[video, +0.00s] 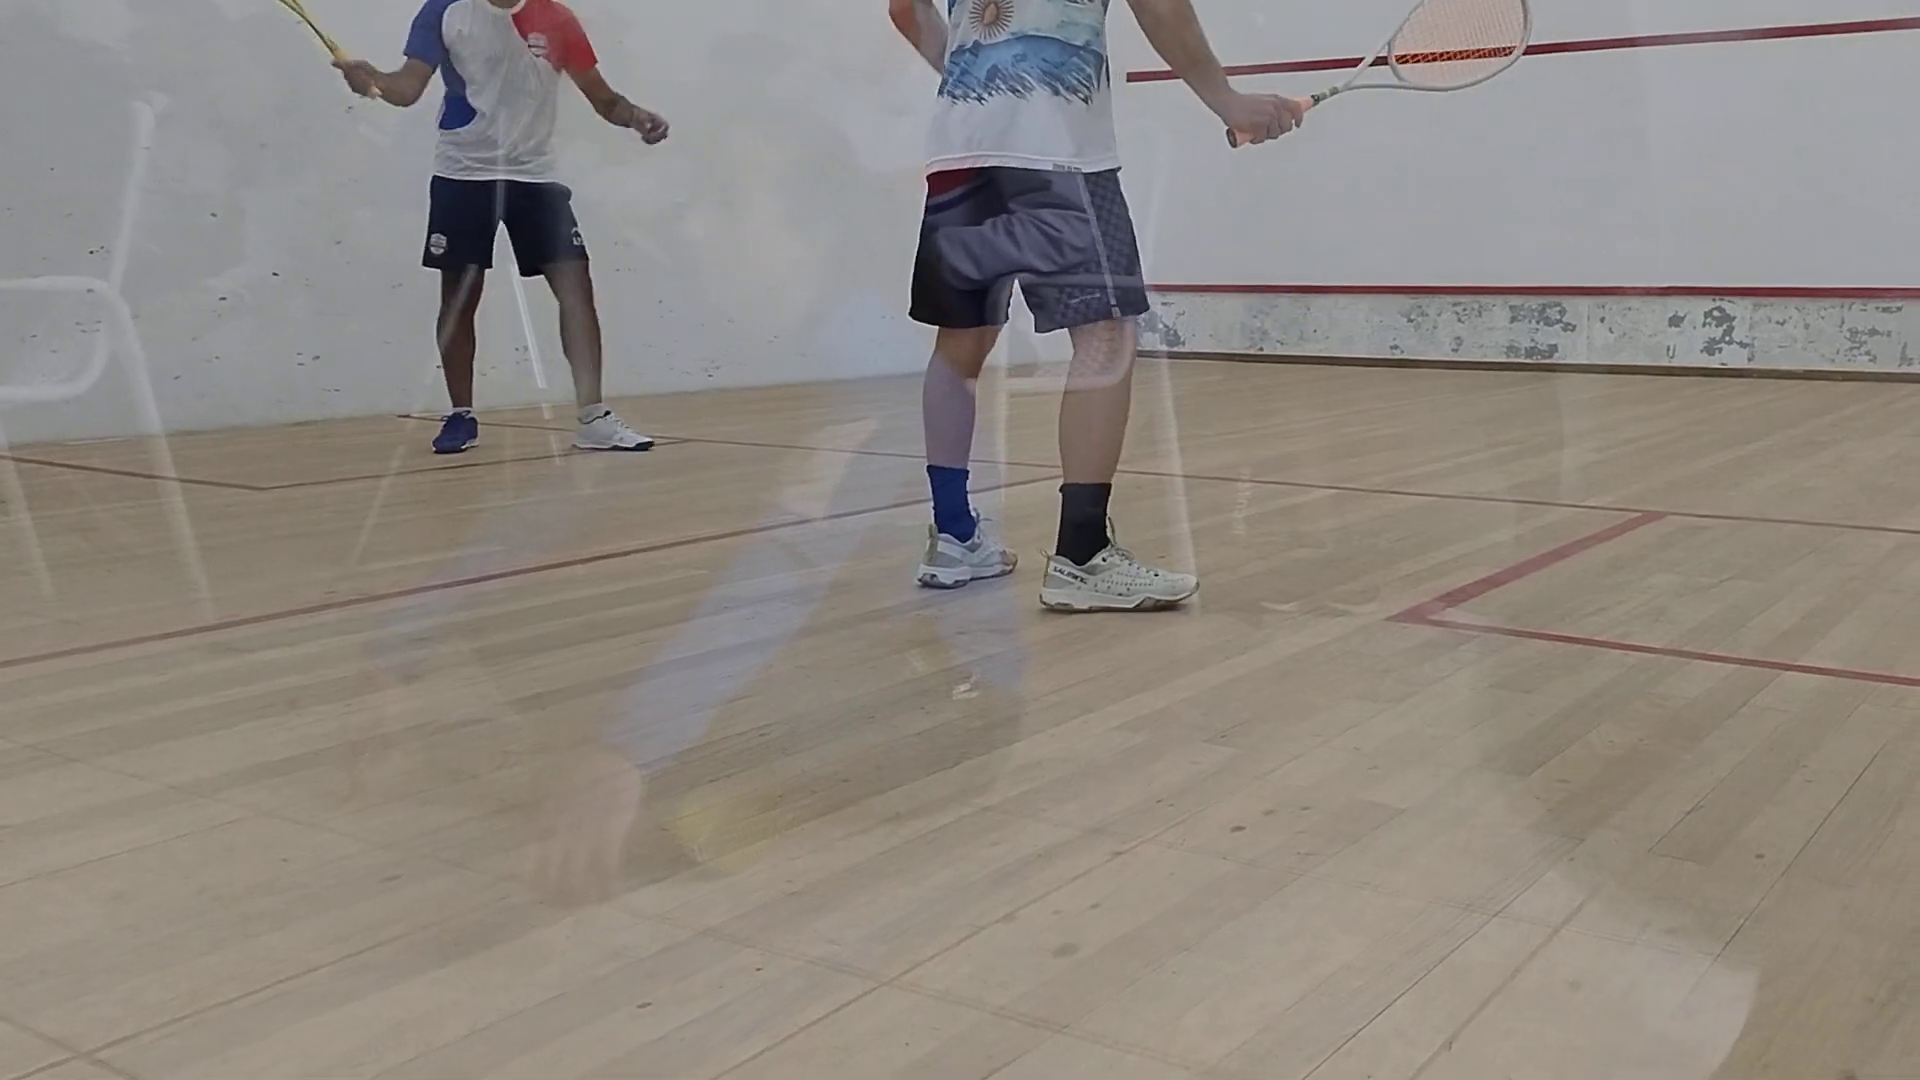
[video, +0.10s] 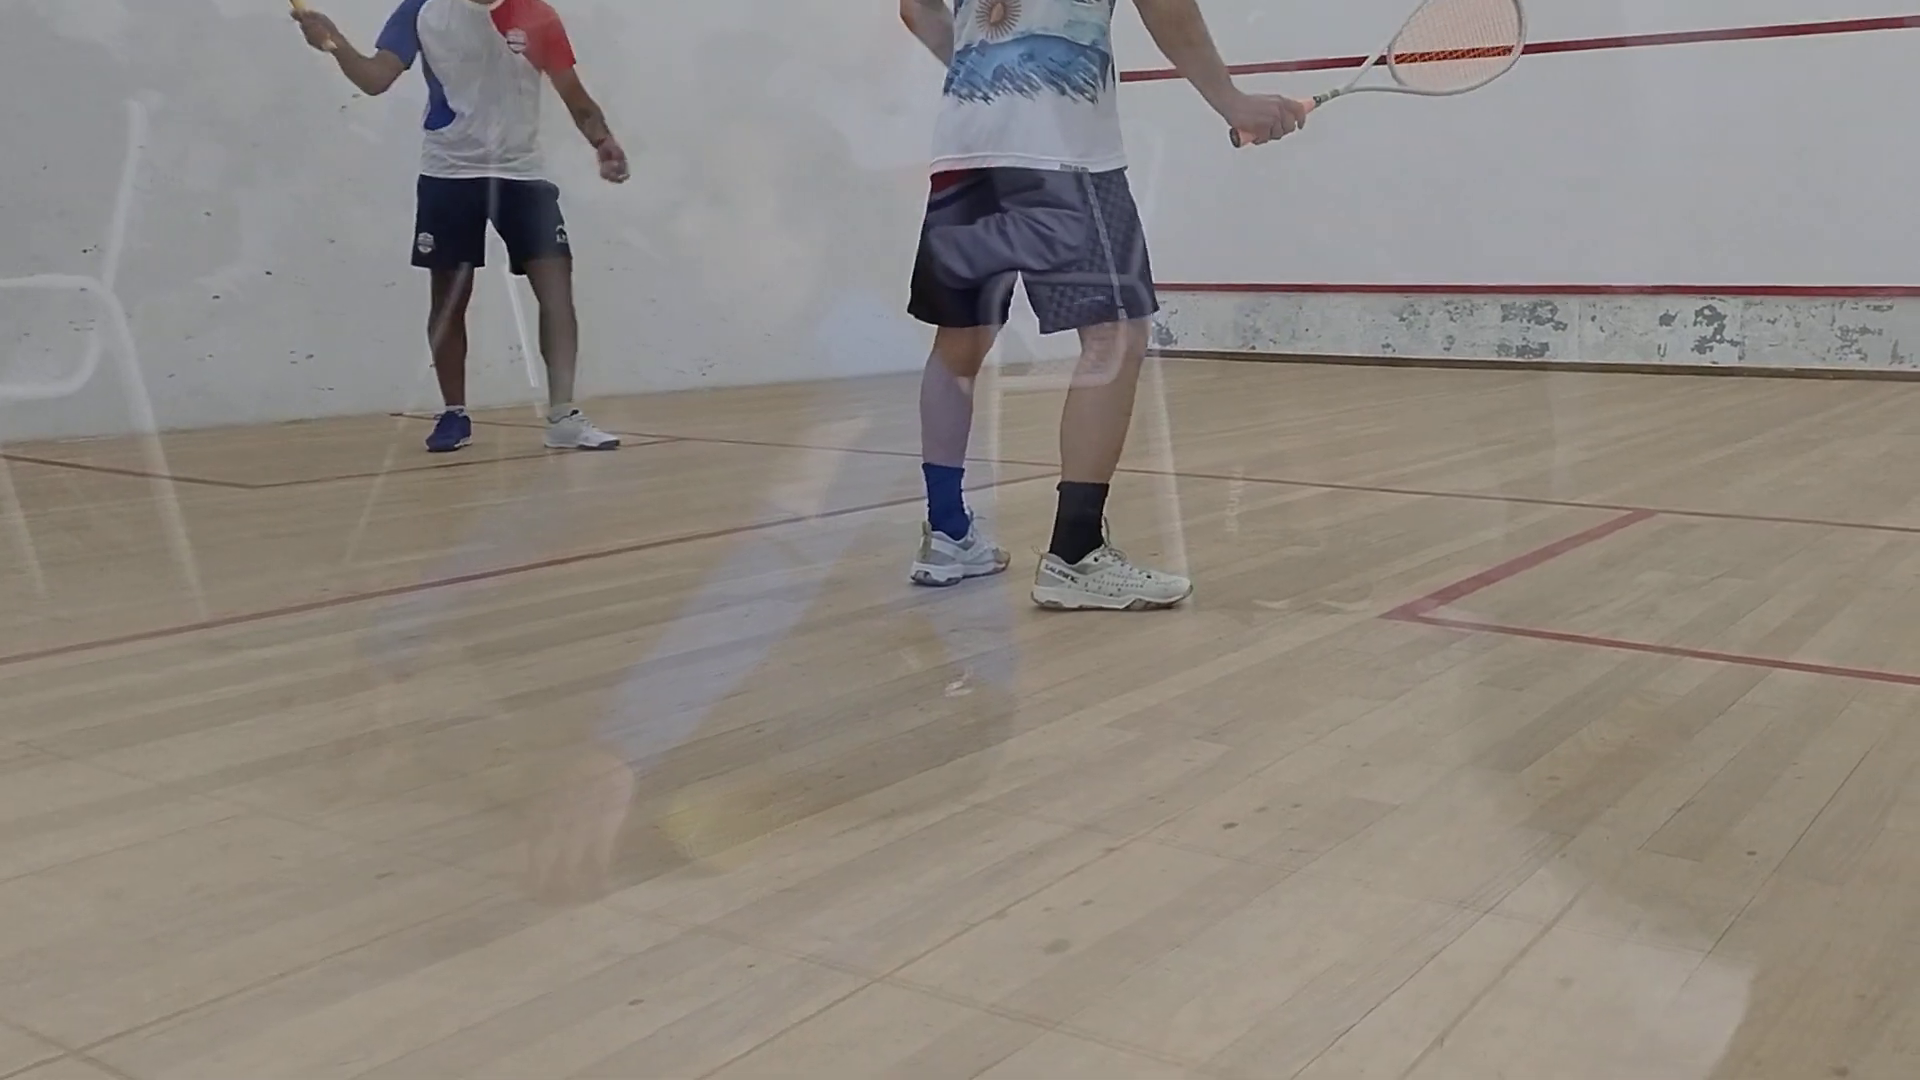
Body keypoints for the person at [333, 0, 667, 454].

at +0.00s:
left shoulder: (554, 17)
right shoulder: (443, 12)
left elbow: (603, 98)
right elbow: (407, 89)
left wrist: (636, 117)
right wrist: (372, 78)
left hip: (535, 173)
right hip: (463, 172)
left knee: (574, 279)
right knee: (461, 290)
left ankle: (592, 417)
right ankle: (460, 414)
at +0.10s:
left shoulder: (533, 13)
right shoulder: (423, 9)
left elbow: (576, 97)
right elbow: (376, 77)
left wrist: (602, 139)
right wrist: (336, 43)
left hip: (523, 170)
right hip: (450, 169)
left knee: (556, 286)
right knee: (450, 294)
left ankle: (563, 416)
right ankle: (453, 413)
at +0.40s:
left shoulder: (506, 3)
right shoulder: (389, 6)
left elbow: (555, 73)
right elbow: (317, 51)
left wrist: (586, 103)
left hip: (500, 156)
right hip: (426, 160)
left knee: (536, 273)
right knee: (426, 284)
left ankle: (548, 406)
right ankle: (433, 408)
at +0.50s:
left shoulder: (509, 3)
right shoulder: (388, 6)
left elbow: (579, 65)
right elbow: (311, 43)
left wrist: (611, 42)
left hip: (503, 156)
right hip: (426, 161)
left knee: (544, 270)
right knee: (423, 281)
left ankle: (564, 403)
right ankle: (425, 407)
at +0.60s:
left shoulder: (518, 2)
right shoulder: (397, 6)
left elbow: (608, 41)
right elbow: (315, 35)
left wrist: (648, 13)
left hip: (510, 156)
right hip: (435, 161)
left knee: (559, 270)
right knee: (425, 284)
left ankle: (595, 403)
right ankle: (420, 407)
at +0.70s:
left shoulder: (536, 5)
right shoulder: (410, 8)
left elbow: (628, 28)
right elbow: (325, 26)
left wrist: (700, 14)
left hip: (529, 163)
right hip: (452, 168)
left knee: (582, 278)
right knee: (428, 292)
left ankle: (622, 405)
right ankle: (417, 410)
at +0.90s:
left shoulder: (598, 11)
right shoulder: (486, 19)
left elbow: (658, 37)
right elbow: (399, 40)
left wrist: (722, 49)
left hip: (588, 178)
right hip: (514, 184)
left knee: (643, 284)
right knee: (471, 296)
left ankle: (633, 417)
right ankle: (412, 395)